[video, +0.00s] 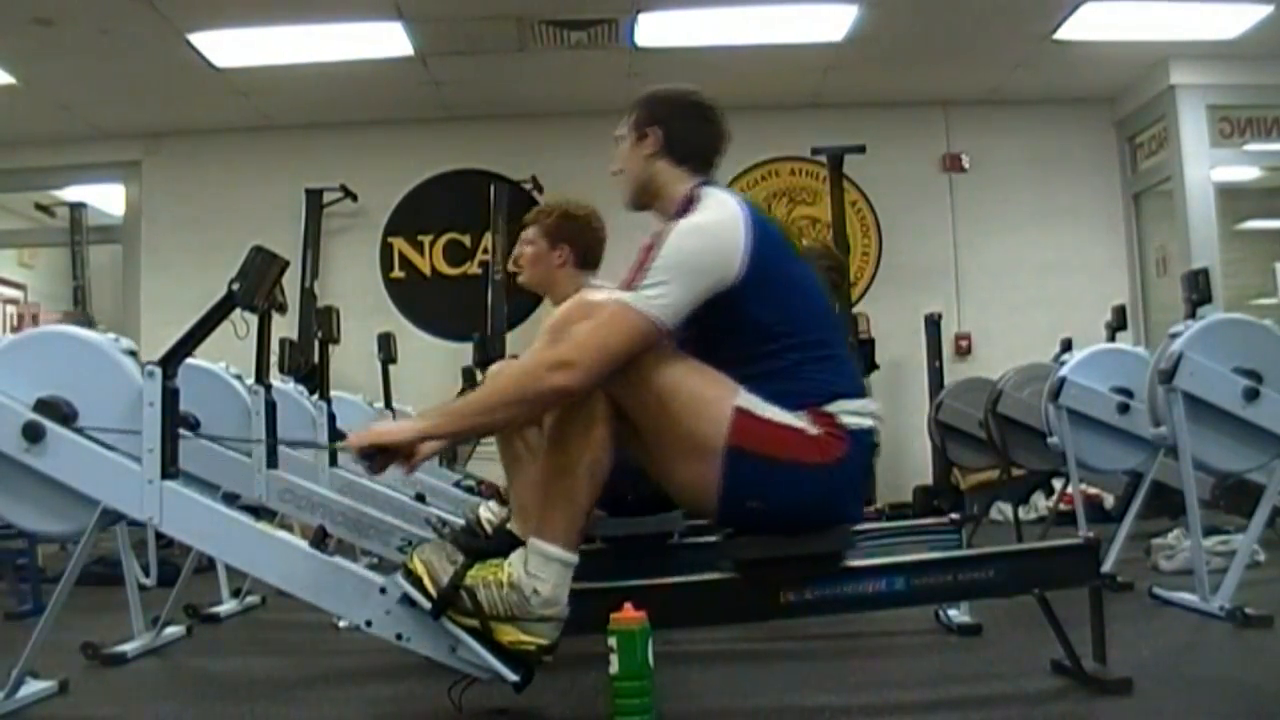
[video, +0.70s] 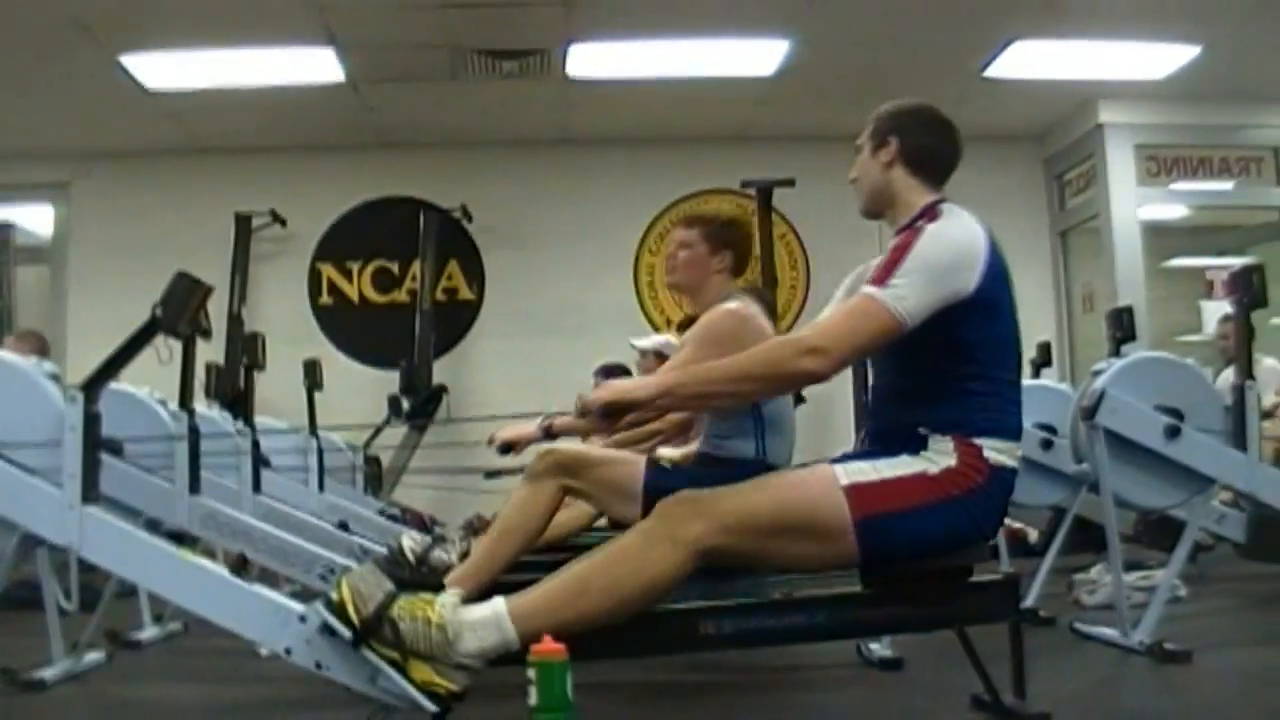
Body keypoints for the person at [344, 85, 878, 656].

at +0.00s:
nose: (616, 162)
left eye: (624, 144)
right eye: (619, 147)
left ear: (653, 143)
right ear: (676, 148)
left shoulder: (712, 225)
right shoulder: (676, 236)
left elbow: (569, 374)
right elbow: (558, 364)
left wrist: (420, 428)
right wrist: (436, 434)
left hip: (816, 458)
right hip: (769, 454)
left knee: (591, 347)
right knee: (570, 325)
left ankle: (541, 586)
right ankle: (530, 563)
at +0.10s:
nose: (663, 153)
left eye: (670, 135)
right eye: (666, 137)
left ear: (701, 136)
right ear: (718, 142)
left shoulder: (761, 219)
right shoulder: (724, 232)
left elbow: (618, 361)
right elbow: (602, 354)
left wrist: (459, 416)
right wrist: (472, 420)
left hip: (853, 454)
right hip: (807, 449)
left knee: (622, 355)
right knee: (606, 321)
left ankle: (544, 587)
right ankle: (535, 564)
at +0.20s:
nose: (711, 144)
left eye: (721, 127)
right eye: (716, 128)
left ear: (754, 130)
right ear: (765, 135)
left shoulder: (811, 214)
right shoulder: (785, 218)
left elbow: (663, 343)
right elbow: (659, 339)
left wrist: (509, 398)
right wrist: (517, 399)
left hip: (891, 447)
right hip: (848, 437)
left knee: (654, 381)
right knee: (635, 382)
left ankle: (547, 591)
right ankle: (541, 579)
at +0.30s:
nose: (761, 144)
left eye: (770, 126)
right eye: (764, 128)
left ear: (807, 128)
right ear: (821, 135)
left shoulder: (859, 212)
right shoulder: (832, 219)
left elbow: (704, 332)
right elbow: (702, 337)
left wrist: (548, 383)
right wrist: (558, 392)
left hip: (930, 441)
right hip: (880, 433)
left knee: (684, 399)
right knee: (666, 402)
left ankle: (544, 601)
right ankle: (538, 587)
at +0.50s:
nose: (834, 145)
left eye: (843, 125)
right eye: (840, 128)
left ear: (876, 126)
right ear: (889, 131)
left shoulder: (928, 213)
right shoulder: (898, 220)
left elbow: (781, 325)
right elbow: (779, 321)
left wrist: (628, 375)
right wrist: (642, 387)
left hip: (977, 448)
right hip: (937, 441)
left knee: (716, 443)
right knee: (703, 443)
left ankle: (534, 611)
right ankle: (528, 605)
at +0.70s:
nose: (850, 172)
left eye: (859, 156)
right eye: (855, 158)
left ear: (894, 157)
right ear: (905, 164)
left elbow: (811, 359)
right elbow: (796, 358)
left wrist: (664, 392)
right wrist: (666, 400)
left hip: (952, 472)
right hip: (901, 466)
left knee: (696, 520)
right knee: (685, 515)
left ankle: (477, 637)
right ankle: (475, 631)